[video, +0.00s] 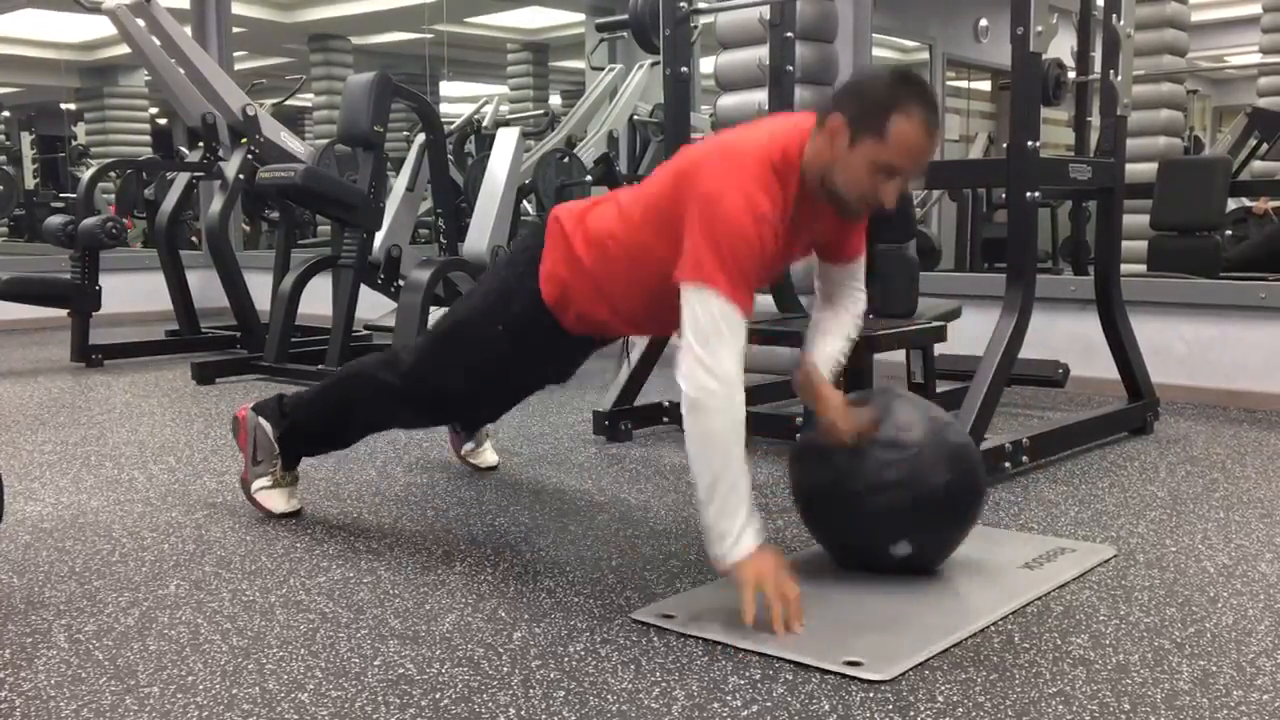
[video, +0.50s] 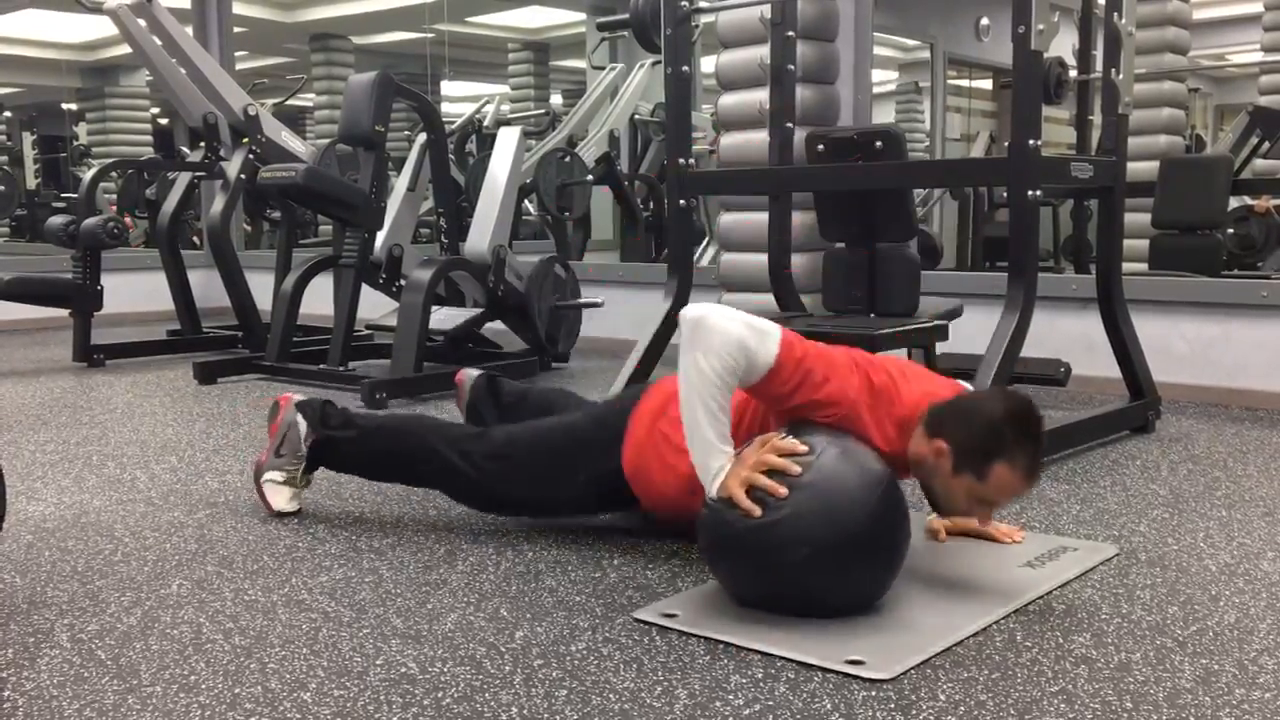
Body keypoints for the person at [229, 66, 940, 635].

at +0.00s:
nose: (893, 195)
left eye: (907, 180)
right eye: (886, 171)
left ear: (893, 162)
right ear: (832, 133)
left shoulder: (843, 184)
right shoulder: (743, 185)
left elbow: (844, 294)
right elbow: (709, 372)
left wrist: (816, 365)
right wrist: (742, 543)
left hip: (615, 301)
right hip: (561, 272)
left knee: (519, 376)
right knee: (430, 379)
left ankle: (463, 418)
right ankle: (275, 428)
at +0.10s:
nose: (904, 178)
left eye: (917, 164)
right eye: (899, 156)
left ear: (866, 130)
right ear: (844, 120)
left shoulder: (846, 170)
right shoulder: (753, 163)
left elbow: (842, 278)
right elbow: (668, 301)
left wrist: (819, 311)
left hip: (615, 306)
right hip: (558, 272)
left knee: (519, 379)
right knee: (432, 373)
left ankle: (461, 415)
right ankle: (278, 428)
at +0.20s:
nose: (922, 225)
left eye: (934, 211)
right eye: (917, 203)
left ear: (901, 182)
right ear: (865, 163)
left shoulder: (865, 217)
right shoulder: (768, 183)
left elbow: (873, 308)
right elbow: (651, 282)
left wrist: (882, 379)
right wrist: (766, 393)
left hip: (630, 325)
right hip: (566, 291)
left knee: (533, 386)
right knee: (436, 379)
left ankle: (462, 420)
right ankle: (279, 427)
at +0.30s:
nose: (954, 323)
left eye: (967, 308)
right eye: (948, 302)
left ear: (938, 281)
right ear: (897, 266)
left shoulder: (904, 294)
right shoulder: (798, 268)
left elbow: (929, 393)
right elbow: (663, 311)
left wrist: (942, 502)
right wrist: (725, 443)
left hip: (632, 343)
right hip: (578, 338)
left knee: (510, 381)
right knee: (441, 397)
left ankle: (459, 428)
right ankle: (281, 426)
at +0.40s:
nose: (978, 443)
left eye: (990, 434)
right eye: (974, 428)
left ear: (958, 391)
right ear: (932, 389)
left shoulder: (926, 362)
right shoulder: (832, 357)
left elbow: (941, 426)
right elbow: (682, 335)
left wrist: (944, 503)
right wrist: (712, 464)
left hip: (666, 391)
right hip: (620, 389)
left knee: (490, 411)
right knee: (460, 432)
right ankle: (295, 425)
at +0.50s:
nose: (972, 511)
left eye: (991, 508)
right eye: (973, 499)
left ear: (967, 438)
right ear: (938, 448)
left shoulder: (946, 406)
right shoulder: (855, 388)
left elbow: (912, 442)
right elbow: (707, 326)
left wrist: (947, 506)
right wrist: (718, 458)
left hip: (676, 447)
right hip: (638, 444)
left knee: (578, 418)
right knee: (476, 463)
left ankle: (483, 384)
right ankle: (312, 426)